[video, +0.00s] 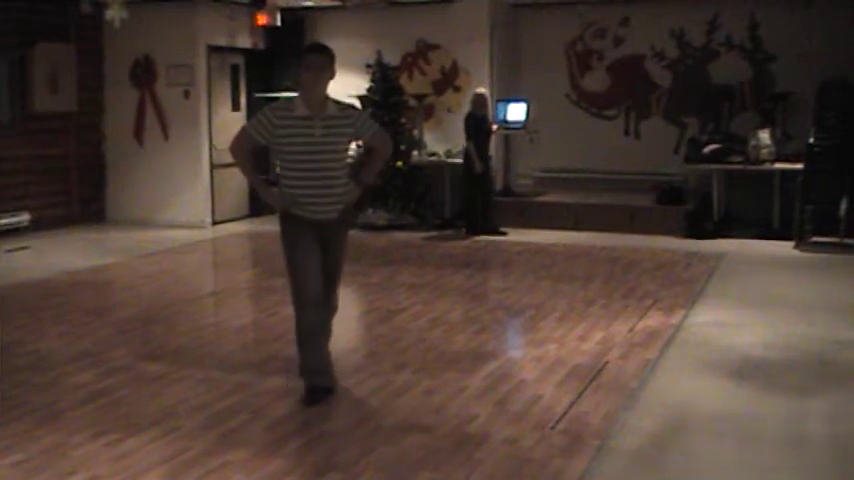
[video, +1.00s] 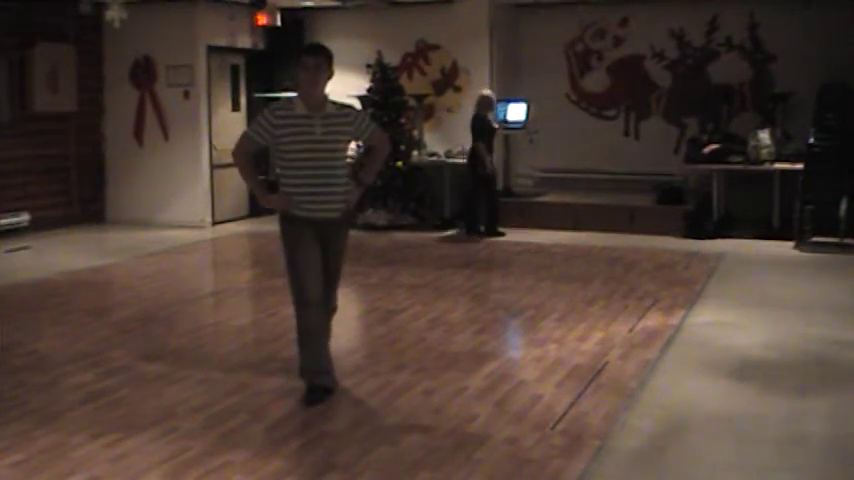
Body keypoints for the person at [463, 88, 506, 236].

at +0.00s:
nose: (483, 103)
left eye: (485, 100)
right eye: (481, 100)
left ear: (484, 102)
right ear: (477, 102)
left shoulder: (484, 117)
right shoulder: (472, 118)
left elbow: (483, 132)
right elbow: (470, 141)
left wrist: (491, 129)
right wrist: (476, 161)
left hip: (483, 159)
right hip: (476, 160)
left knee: (485, 192)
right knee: (479, 193)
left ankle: (486, 223)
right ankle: (478, 224)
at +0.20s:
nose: (485, 104)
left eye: (485, 100)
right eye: (482, 101)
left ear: (483, 102)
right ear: (479, 102)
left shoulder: (483, 118)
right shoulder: (472, 118)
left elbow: (483, 132)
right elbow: (471, 141)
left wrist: (491, 129)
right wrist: (476, 161)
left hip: (483, 159)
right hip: (476, 160)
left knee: (484, 192)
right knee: (479, 193)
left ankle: (486, 223)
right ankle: (479, 224)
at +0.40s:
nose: (485, 104)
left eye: (486, 101)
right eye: (482, 101)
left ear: (485, 102)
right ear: (478, 102)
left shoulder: (483, 118)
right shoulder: (472, 118)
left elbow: (484, 131)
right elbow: (471, 141)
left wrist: (492, 129)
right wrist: (476, 161)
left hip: (483, 159)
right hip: (476, 160)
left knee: (485, 192)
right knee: (479, 192)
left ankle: (487, 224)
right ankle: (478, 225)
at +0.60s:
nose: (485, 105)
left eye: (486, 101)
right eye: (482, 101)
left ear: (485, 103)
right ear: (479, 103)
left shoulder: (484, 118)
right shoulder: (473, 118)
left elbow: (484, 132)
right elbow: (471, 142)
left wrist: (492, 129)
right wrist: (477, 162)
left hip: (483, 158)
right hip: (476, 159)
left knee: (485, 191)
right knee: (479, 191)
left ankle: (488, 223)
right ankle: (479, 225)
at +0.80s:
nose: (489, 105)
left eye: (488, 101)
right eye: (487, 101)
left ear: (479, 103)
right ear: (482, 103)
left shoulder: (482, 118)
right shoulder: (476, 118)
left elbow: (484, 132)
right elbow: (475, 141)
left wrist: (492, 129)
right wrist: (478, 162)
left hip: (483, 158)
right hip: (479, 159)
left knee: (485, 191)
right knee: (483, 191)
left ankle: (486, 223)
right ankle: (483, 224)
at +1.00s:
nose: (492, 106)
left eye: (492, 103)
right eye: (490, 103)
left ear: (484, 104)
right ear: (484, 103)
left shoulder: (485, 118)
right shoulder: (479, 119)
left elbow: (487, 136)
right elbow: (479, 142)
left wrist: (494, 128)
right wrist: (486, 161)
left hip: (485, 156)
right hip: (479, 157)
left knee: (488, 190)